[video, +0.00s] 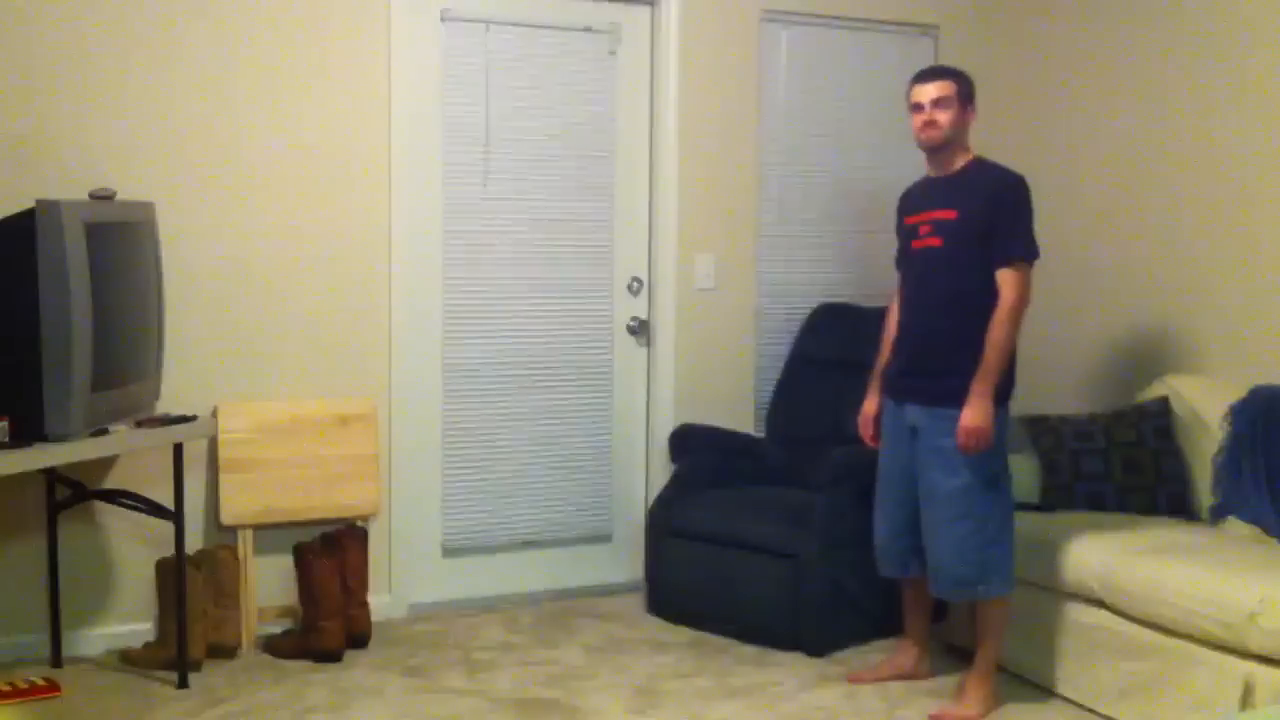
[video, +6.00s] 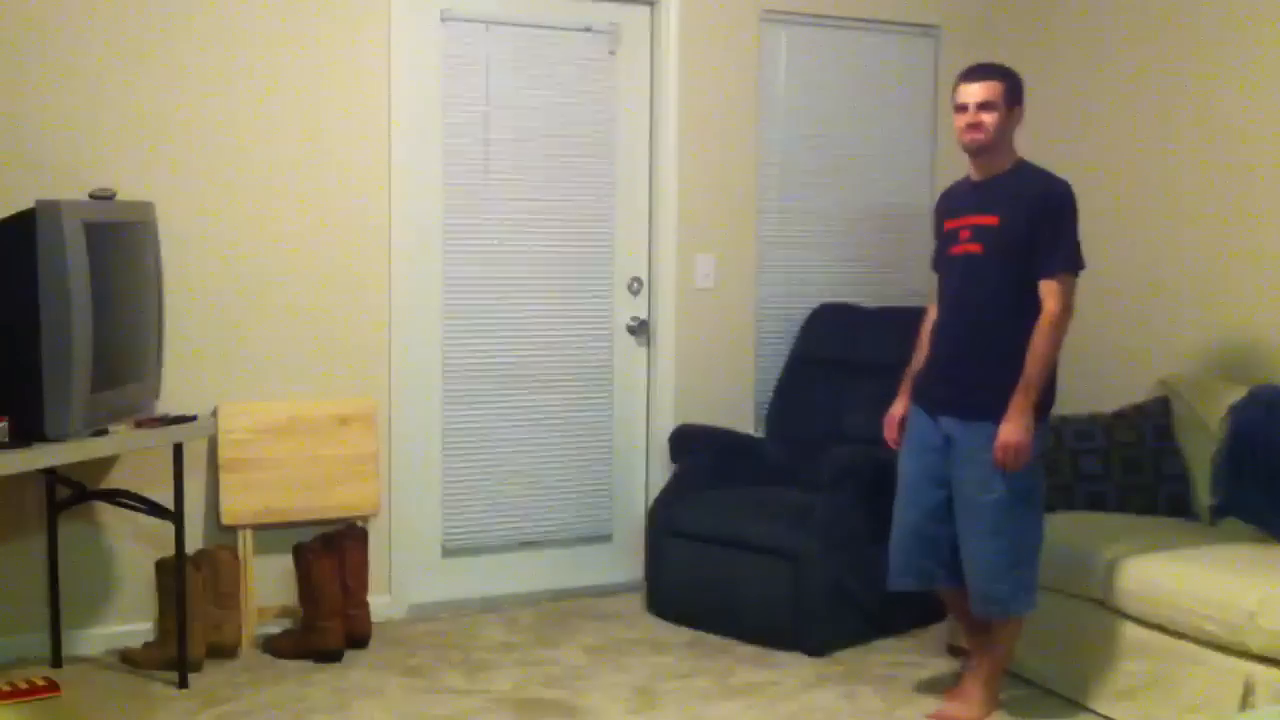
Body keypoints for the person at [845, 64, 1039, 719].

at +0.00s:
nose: (928, 116)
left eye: (941, 105)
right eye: (918, 108)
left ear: (968, 114)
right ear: (909, 121)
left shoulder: (1002, 189)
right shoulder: (912, 201)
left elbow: (1012, 299)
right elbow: (902, 299)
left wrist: (982, 397)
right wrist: (876, 387)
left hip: (964, 404)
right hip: (904, 400)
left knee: (980, 543)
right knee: (908, 530)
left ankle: (983, 677)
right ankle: (913, 651)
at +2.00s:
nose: (933, 125)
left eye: (945, 112)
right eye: (925, 115)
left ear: (982, 114)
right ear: (921, 123)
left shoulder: (1016, 194)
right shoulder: (927, 196)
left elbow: (1024, 308)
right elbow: (916, 299)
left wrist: (990, 406)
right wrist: (885, 384)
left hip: (980, 410)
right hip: (919, 402)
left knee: (989, 548)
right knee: (915, 534)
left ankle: (984, 679)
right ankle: (913, 652)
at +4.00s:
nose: (952, 123)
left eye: (966, 112)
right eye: (949, 112)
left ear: (1007, 117)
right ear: (952, 120)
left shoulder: (1048, 194)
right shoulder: (953, 198)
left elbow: (1062, 309)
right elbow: (943, 299)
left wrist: (1034, 413)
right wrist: (909, 388)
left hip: (1002, 418)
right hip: (934, 408)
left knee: (998, 562)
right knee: (923, 539)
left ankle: (986, 690)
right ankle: (975, 646)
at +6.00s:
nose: (973, 119)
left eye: (987, 108)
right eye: (963, 109)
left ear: (1014, 117)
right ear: (953, 119)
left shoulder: (1046, 195)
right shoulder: (951, 203)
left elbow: (1055, 311)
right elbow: (941, 306)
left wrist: (1022, 410)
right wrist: (905, 393)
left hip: (998, 416)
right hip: (933, 409)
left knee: (996, 562)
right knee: (928, 542)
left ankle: (984, 690)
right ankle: (976, 647)